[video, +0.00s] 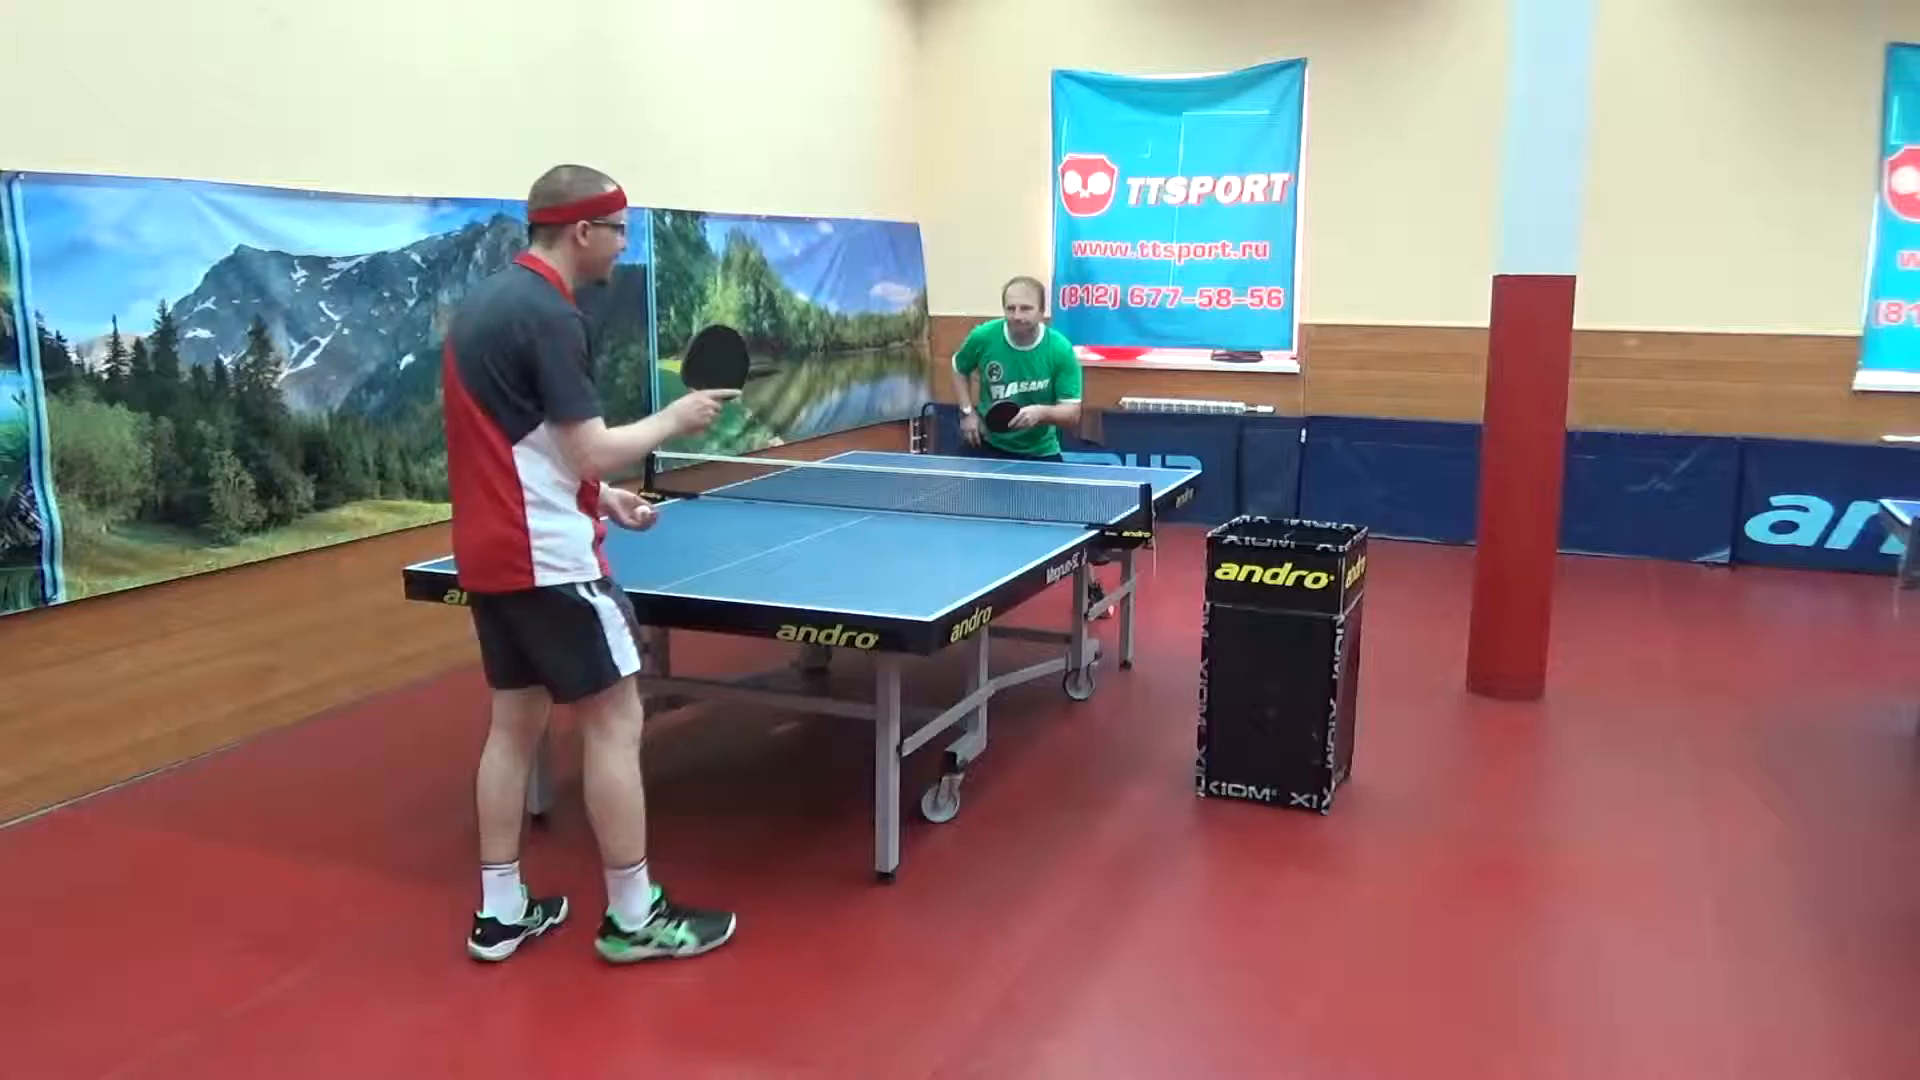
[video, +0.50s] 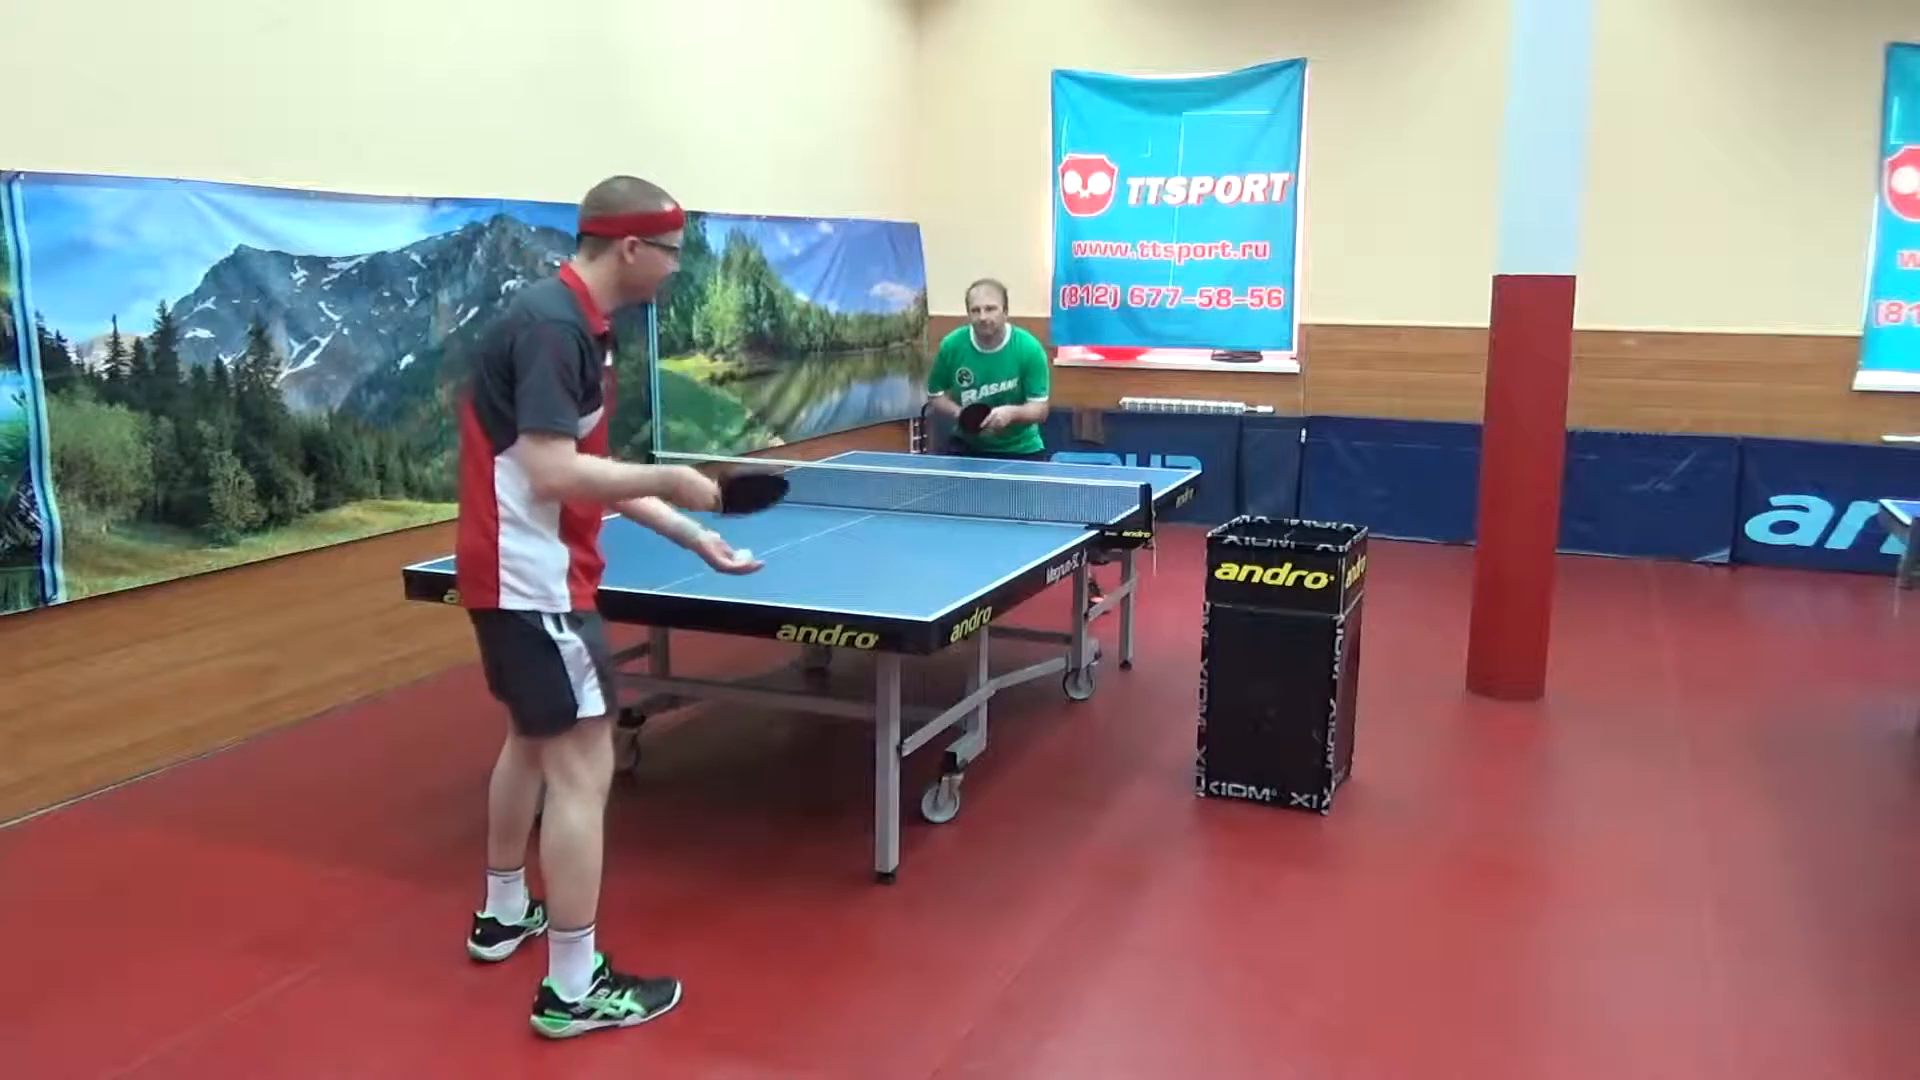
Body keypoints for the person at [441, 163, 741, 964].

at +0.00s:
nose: (624, 245)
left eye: (623, 230)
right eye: (616, 230)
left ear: (555, 231)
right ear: (580, 231)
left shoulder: (487, 304)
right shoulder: (547, 317)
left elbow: (523, 441)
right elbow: (590, 454)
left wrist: (603, 490)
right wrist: (672, 421)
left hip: (493, 561)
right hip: (552, 561)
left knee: (513, 725)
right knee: (616, 717)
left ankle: (500, 911)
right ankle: (635, 914)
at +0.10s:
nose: (619, 244)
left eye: (617, 230)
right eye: (610, 229)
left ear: (551, 232)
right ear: (573, 231)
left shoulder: (486, 306)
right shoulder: (533, 317)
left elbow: (522, 448)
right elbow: (578, 456)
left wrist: (613, 492)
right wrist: (667, 414)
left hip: (494, 564)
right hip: (546, 566)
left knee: (515, 725)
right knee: (611, 726)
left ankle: (500, 912)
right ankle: (615, 935)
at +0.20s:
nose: (621, 241)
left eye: (619, 227)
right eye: (610, 228)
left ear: (554, 233)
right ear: (570, 232)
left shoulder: (496, 306)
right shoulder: (527, 315)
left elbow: (532, 455)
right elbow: (562, 458)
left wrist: (630, 501)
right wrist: (660, 415)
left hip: (498, 563)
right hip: (540, 568)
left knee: (521, 727)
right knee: (604, 731)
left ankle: (502, 910)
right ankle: (589, 953)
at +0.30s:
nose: (630, 246)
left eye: (629, 231)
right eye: (621, 232)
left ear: (570, 234)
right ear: (579, 234)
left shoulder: (541, 310)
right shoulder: (525, 315)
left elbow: (555, 458)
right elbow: (550, 460)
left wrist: (647, 511)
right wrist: (657, 426)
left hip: (515, 565)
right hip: (536, 573)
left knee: (528, 735)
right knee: (593, 746)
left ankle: (503, 912)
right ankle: (579, 971)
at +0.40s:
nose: (647, 259)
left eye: (647, 244)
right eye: (640, 243)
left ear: (591, 240)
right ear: (598, 241)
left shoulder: (562, 320)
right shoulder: (532, 319)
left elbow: (575, 463)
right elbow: (548, 464)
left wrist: (667, 522)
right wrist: (658, 450)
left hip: (532, 573)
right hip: (534, 584)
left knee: (532, 737)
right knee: (585, 757)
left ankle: (503, 912)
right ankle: (576, 984)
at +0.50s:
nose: (676, 268)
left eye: (676, 252)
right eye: (669, 252)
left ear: (623, 249)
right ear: (624, 248)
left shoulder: (585, 325)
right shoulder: (550, 323)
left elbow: (588, 471)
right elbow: (548, 471)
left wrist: (691, 534)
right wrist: (664, 475)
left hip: (532, 575)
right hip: (530, 586)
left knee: (529, 743)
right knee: (584, 765)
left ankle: (503, 911)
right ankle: (573, 987)